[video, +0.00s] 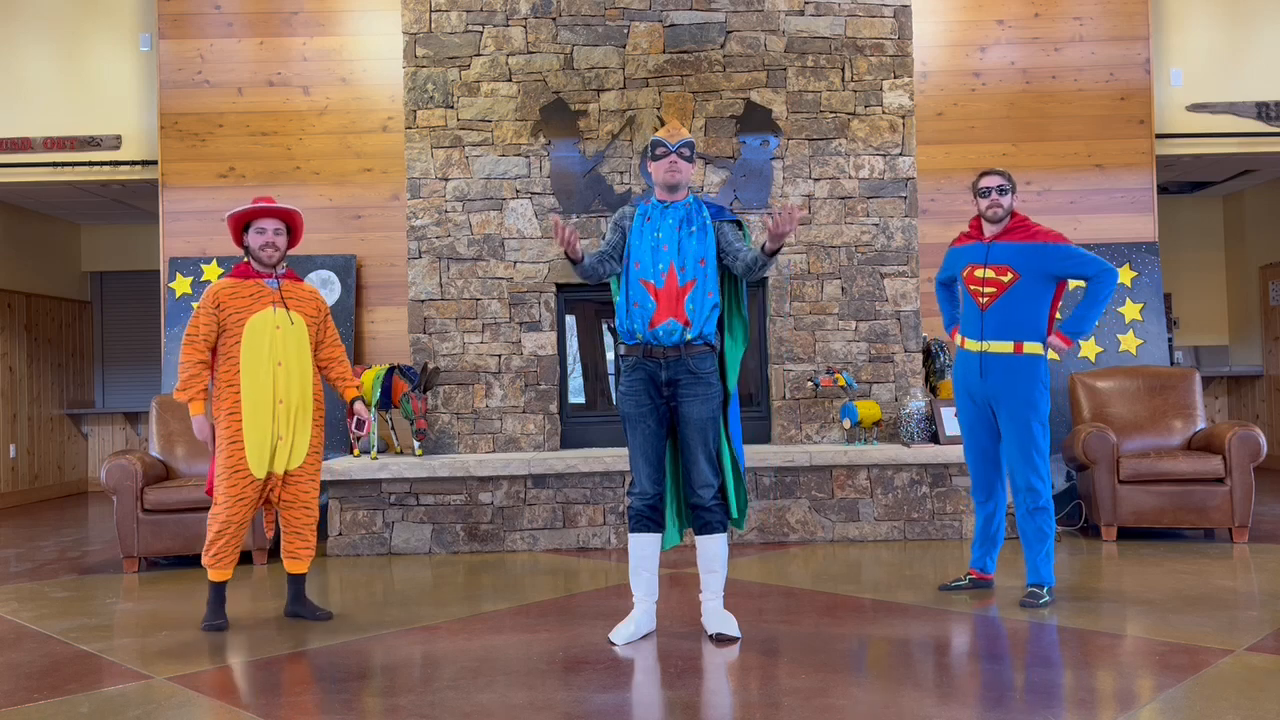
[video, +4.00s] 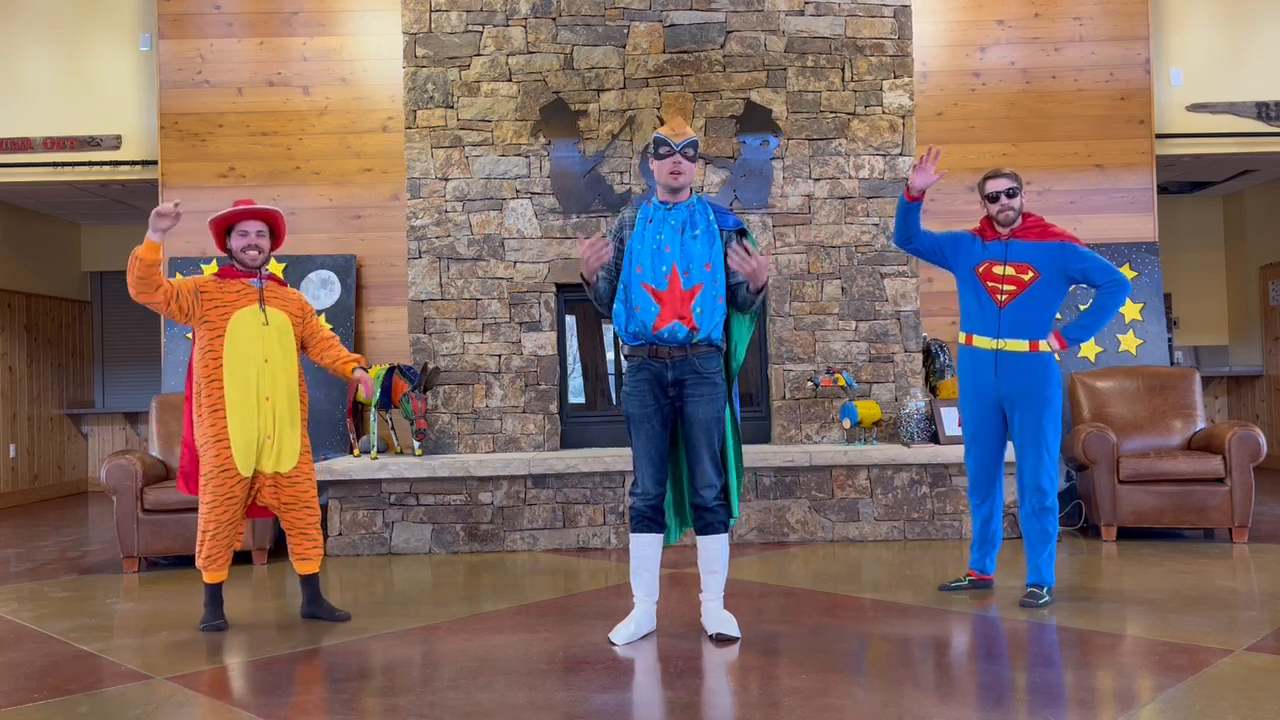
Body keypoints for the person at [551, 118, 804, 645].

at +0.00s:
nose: (674, 159)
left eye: (683, 154)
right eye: (663, 154)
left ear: (695, 168)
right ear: (647, 168)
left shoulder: (713, 217)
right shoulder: (628, 218)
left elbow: (745, 266)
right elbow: (604, 267)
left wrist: (769, 246)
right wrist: (578, 256)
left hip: (696, 364)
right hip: (639, 366)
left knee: (705, 484)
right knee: (645, 488)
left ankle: (714, 608)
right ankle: (643, 609)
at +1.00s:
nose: (671, 164)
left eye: (681, 156)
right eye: (660, 157)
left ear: (696, 166)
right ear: (647, 167)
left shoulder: (716, 217)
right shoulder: (632, 216)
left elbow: (752, 262)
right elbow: (597, 265)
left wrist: (781, 230)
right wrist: (577, 235)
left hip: (700, 365)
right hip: (641, 367)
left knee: (707, 485)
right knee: (646, 488)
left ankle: (714, 607)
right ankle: (644, 609)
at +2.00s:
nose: (645, 164)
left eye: (656, 155)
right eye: (642, 159)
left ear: (685, 163)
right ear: (643, 170)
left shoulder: (720, 220)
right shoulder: (637, 222)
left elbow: (753, 286)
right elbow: (605, 291)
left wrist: (774, 257)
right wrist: (595, 263)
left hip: (700, 366)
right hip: (641, 367)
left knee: (706, 484)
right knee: (647, 487)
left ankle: (713, 608)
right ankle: (644, 610)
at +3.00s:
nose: (672, 166)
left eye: (681, 157)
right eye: (662, 159)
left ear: (695, 166)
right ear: (647, 168)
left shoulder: (719, 223)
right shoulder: (628, 223)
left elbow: (753, 291)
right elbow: (599, 296)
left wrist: (806, 269)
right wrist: (554, 267)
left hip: (701, 366)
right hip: (641, 366)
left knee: (707, 486)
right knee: (646, 489)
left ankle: (714, 608)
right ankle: (644, 610)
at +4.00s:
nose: (677, 164)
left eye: (686, 155)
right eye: (666, 155)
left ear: (698, 164)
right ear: (650, 164)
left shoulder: (721, 221)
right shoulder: (630, 221)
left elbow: (741, 304)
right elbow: (609, 304)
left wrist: (755, 283)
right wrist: (595, 274)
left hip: (702, 364)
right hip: (642, 365)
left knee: (708, 485)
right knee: (647, 486)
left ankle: (713, 607)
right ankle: (643, 609)